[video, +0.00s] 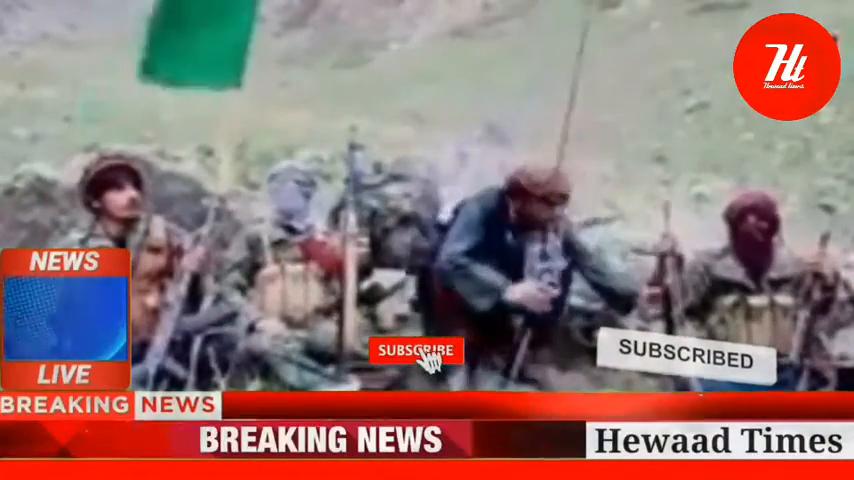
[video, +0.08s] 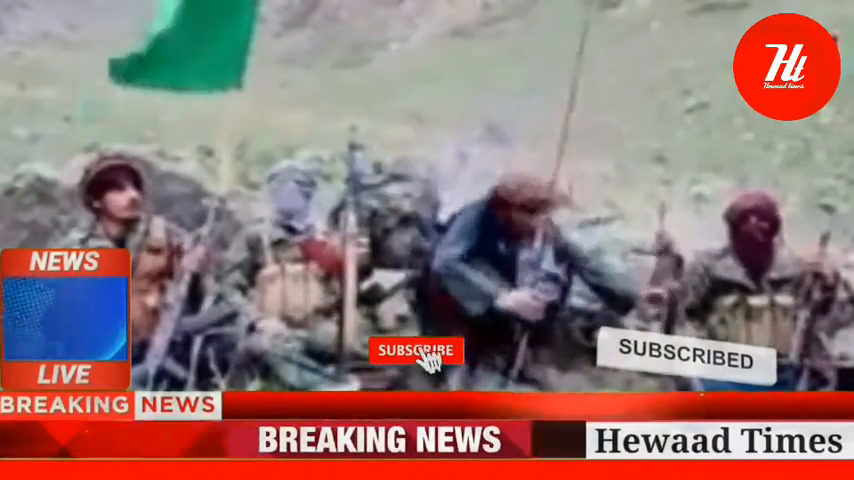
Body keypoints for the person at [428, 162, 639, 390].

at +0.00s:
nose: (555, 214)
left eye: (560, 206)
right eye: (549, 204)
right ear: (523, 199)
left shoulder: (554, 226)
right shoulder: (481, 209)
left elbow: (587, 261)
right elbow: (450, 262)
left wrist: (629, 299)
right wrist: (508, 291)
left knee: (559, 272)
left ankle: (533, 357)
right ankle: (460, 365)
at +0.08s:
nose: (537, 222)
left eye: (541, 214)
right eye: (530, 214)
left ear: (543, 211)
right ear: (509, 208)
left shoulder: (540, 228)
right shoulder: (476, 218)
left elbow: (581, 261)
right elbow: (444, 263)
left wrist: (631, 297)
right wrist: (502, 297)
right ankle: (456, 367)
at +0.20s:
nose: (514, 217)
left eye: (519, 210)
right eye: (507, 209)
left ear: (525, 208)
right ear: (487, 206)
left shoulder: (528, 232)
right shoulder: (463, 221)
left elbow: (566, 268)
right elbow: (441, 251)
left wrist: (617, 294)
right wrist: (492, 277)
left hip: (509, 307)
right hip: (463, 303)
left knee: (547, 291)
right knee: (438, 282)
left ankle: (521, 361)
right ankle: (456, 363)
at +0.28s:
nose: (505, 215)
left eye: (510, 206)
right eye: (497, 206)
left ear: (516, 204)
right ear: (475, 203)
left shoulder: (523, 229)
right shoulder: (457, 219)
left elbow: (558, 264)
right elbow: (437, 243)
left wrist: (609, 295)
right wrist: (484, 259)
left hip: (512, 301)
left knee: (551, 288)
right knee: (434, 280)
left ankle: (526, 358)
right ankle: (454, 366)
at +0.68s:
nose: (517, 222)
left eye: (523, 214)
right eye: (509, 214)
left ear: (530, 209)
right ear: (489, 208)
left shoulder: (537, 233)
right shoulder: (469, 223)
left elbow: (576, 263)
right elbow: (430, 251)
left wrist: (618, 294)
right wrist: (485, 272)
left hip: (522, 312)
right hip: (477, 308)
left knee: (561, 285)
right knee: (437, 287)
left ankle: (523, 360)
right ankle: (452, 364)